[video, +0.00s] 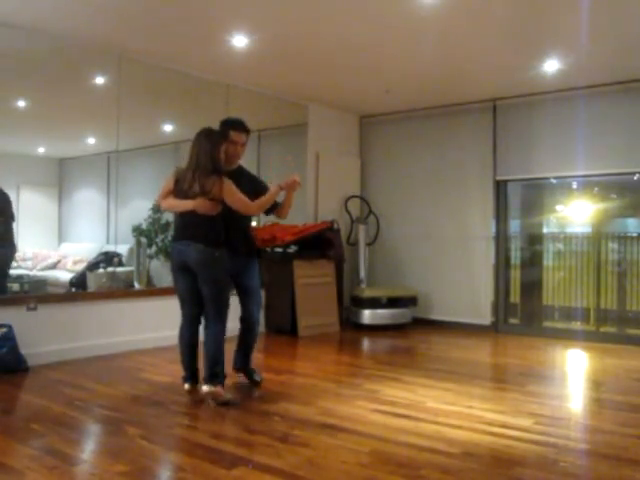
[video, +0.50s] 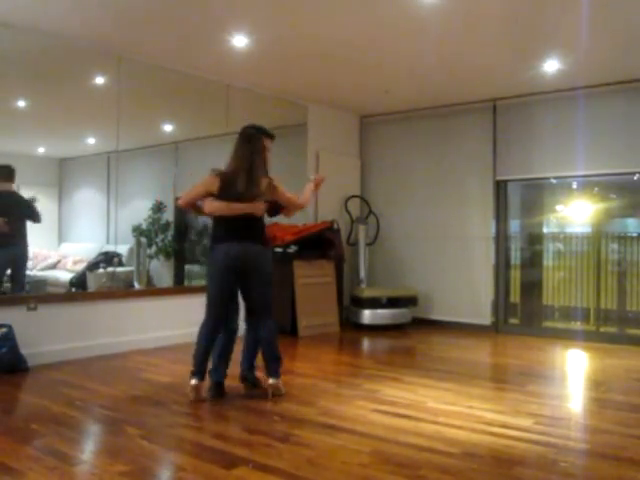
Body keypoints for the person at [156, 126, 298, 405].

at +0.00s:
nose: (229, 155)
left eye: (229, 149)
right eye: (225, 150)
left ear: (195, 150)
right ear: (215, 151)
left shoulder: (179, 176)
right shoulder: (218, 183)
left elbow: (161, 199)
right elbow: (251, 209)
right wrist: (277, 190)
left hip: (180, 250)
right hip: (208, 252)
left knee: (189, 315)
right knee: (216, 317)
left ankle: (190, 379)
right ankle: (213, 382)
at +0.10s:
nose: (234, 155)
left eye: (235, 149)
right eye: (231, 150)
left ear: (200, 151)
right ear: (222, 152)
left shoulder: (183, 176)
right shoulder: (224, 184)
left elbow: (164, 198)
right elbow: (257, 210)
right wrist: (284, 191)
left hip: (183, 252)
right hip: (212, 254)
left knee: (190, 316)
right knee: (222, 317)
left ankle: (189, 380)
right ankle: (226, 382)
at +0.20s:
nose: (242, 155)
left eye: (244, 149)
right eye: (238, 149)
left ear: (207, 151)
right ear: (227, 152)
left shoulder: (188, 177)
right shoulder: (231, 185)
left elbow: (166, 199)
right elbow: (266, 210)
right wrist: (293, 191)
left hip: (189, 254)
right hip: (219, 256)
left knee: (193, 318)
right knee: (230, 317)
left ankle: (189, 378)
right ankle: (220, 382)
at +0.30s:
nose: (249, 155)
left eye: (251, 149)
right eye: (246, 149)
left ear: (215, 152)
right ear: (236, 153)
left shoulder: (197, 178)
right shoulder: (240, 185)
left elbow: (171, 198)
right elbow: (277, 209)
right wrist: (302, 190)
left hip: (197, 256)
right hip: (229, 257)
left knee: (198, 319)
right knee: (246, 318)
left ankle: (191, 377)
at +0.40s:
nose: (260, 154)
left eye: (261, 148)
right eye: (257, 149)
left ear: (227, 150)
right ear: (248, 151)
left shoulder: (207, 179)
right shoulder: (254, 185)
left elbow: (177, 199)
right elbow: (289, 207)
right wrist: (309, 189)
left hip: (209, 255)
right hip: (242, 256)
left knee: (205, 319)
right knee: (255, 317)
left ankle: (192, 377)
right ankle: (269, 375)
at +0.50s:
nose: (269, 156)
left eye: (268, 151)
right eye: (267, 151)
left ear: (239, 150)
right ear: (260, 152)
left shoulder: (218, 180)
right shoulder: (265, 184)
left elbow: (184, 201)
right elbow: (299, 204)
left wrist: (205, 211)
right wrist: (312, 185)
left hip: (223, 254)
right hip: (256, 255)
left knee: (214, 316)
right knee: (262, 315)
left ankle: (197, 375)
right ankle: (274, 375)